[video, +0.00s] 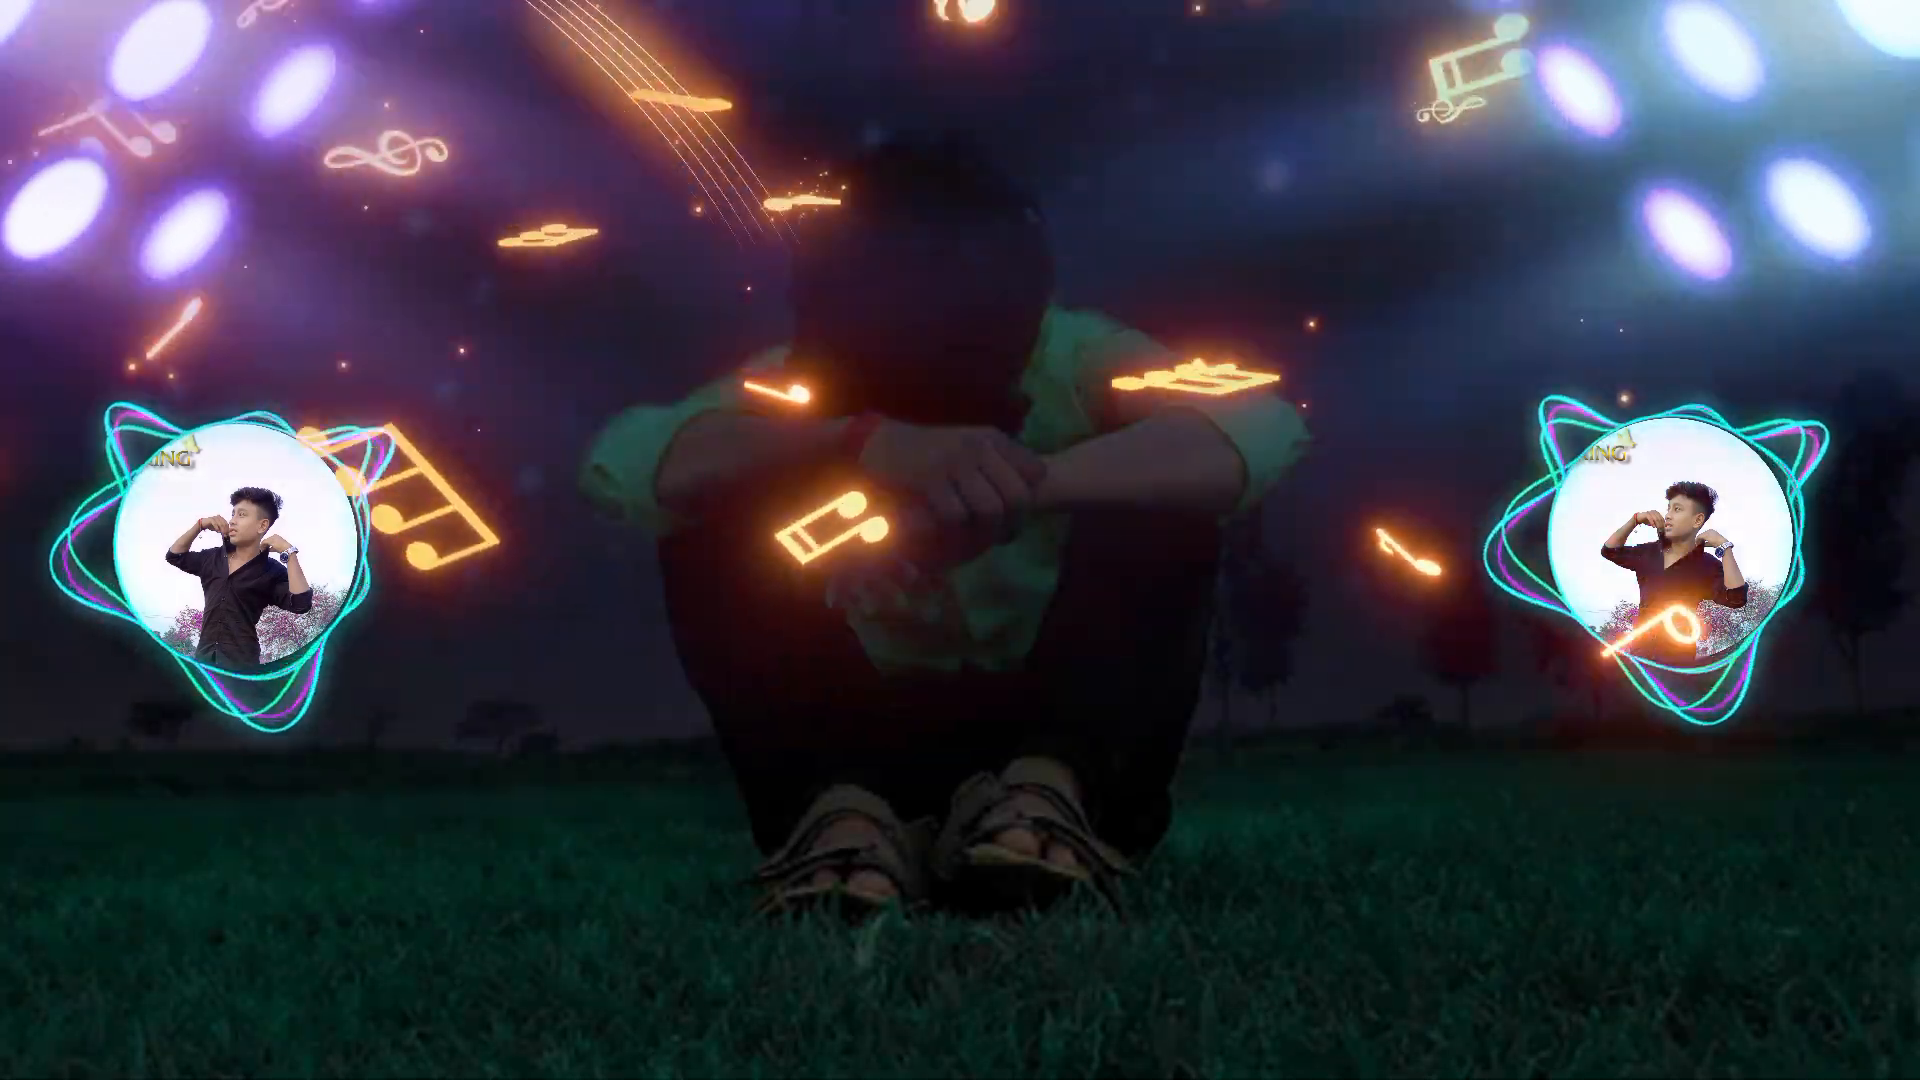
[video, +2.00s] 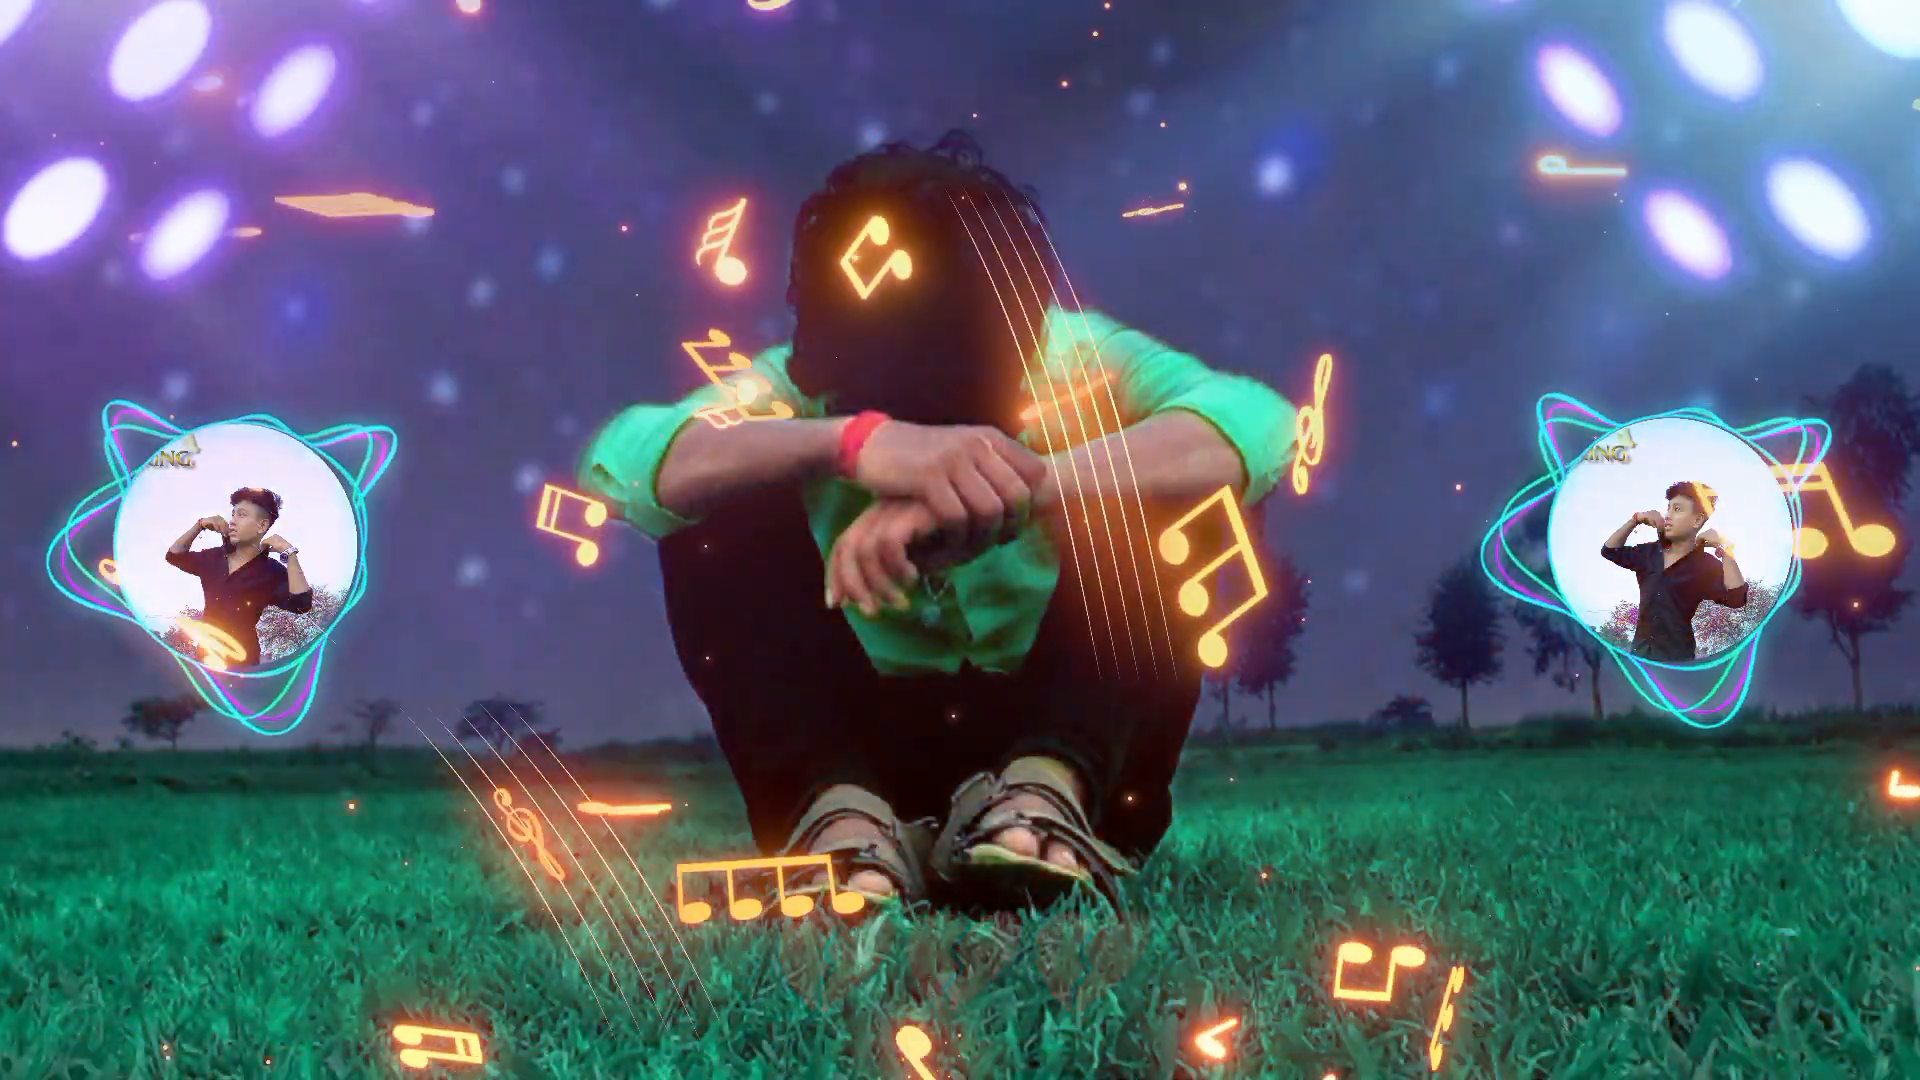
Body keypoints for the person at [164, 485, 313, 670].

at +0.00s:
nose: (232, 521)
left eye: (242, 515)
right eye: (233, 514)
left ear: (263, 525)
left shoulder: (270, 570)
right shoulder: (212, 558)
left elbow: (301, 604)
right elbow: (174, 556)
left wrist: (290, 553)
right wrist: (199, 526)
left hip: (242, 662)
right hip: (204, 658)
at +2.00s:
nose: (232, 520)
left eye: (242, 515)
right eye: (233, 514)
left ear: (263, 525)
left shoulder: (271, 571)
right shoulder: (212, 559)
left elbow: (302, 605)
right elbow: (173, 556)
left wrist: (290, 554)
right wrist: (199, 526)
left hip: (243, 664)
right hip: (205, 658)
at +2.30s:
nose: (232, 521)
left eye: (242, 515)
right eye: (233, 514)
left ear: (263, 525)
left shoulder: (270, 569)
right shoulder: (212, 558)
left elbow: (302, 604)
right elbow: (173, 556)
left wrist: (290, 553)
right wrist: (199, 526)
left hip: (242, 661)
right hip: (204, 658)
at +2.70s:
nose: (232, 520)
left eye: (242, 515)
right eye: (233, 514)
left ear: (263, 525)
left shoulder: (270, 570)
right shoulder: (212, 558)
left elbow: (302, 604)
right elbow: (174, 556)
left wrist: (290, 554)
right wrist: (199, 526)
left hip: (242, 663)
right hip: (204, 659)